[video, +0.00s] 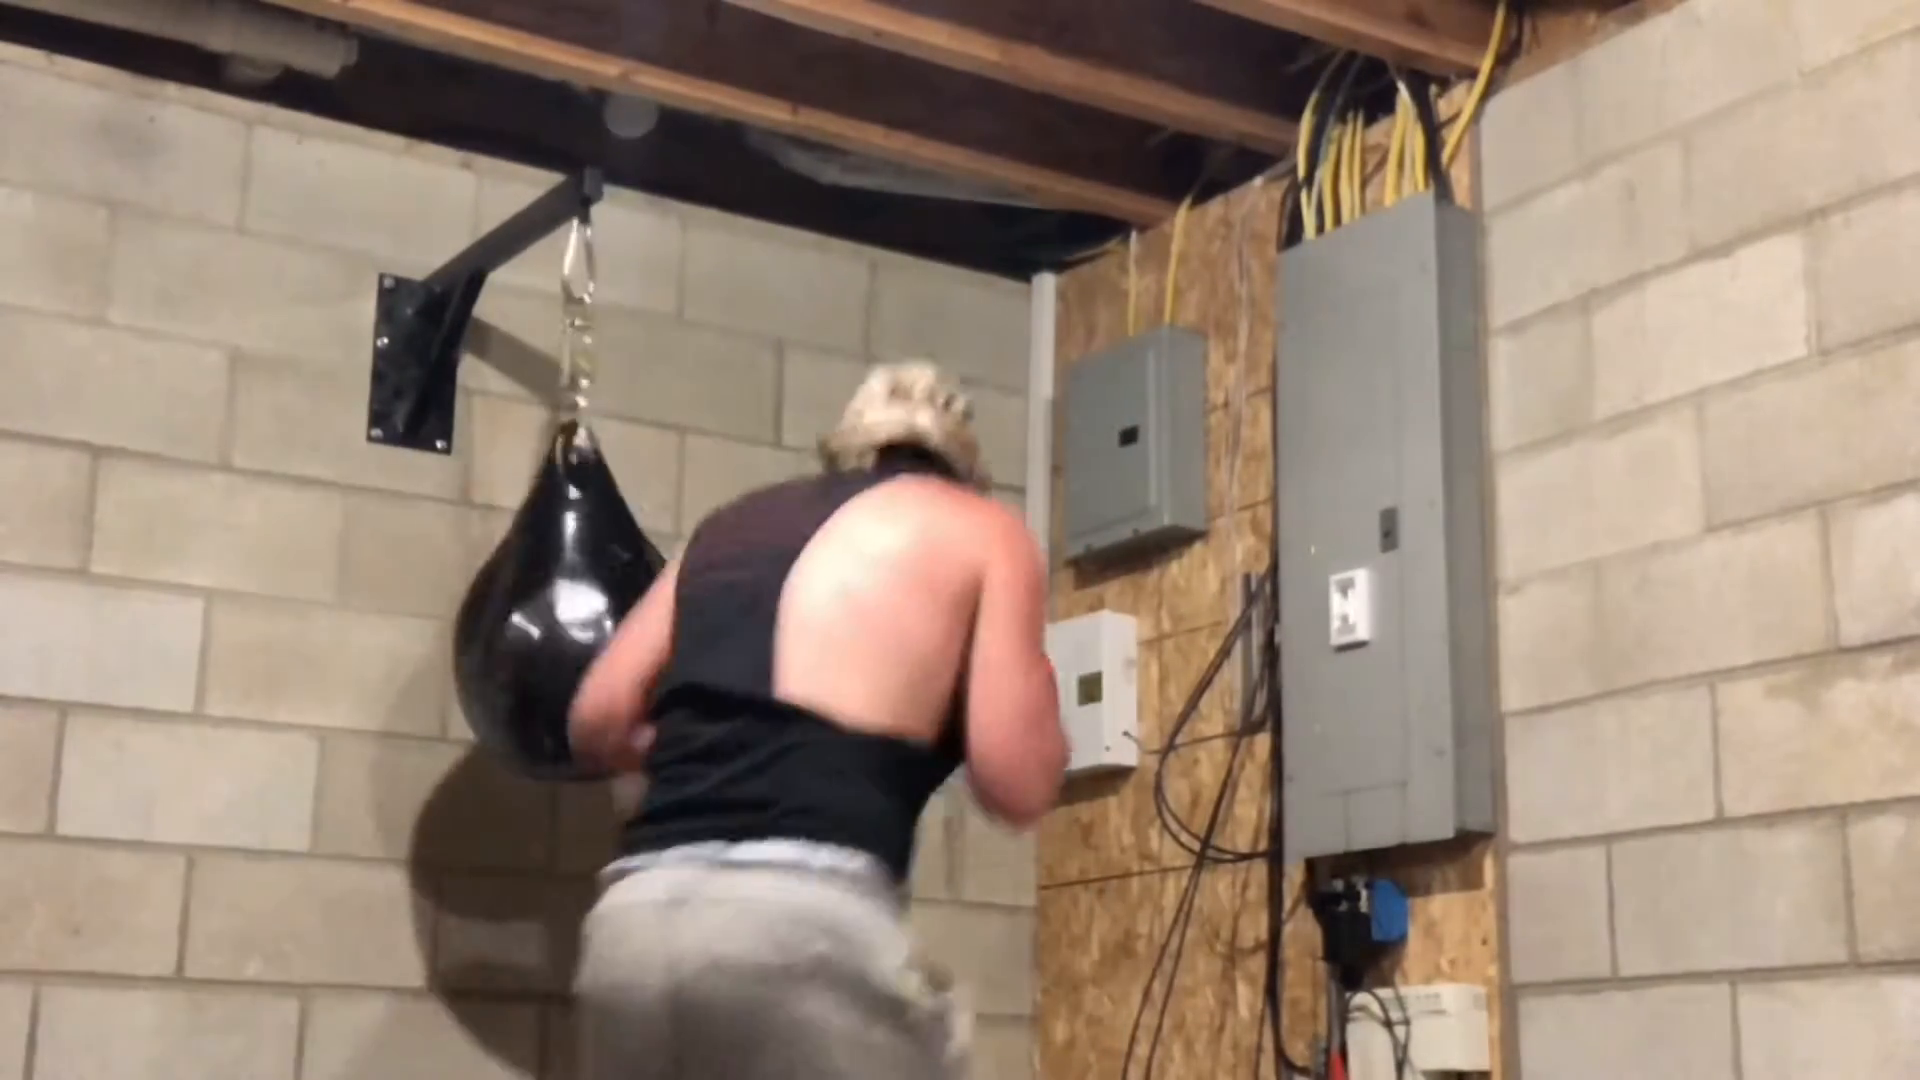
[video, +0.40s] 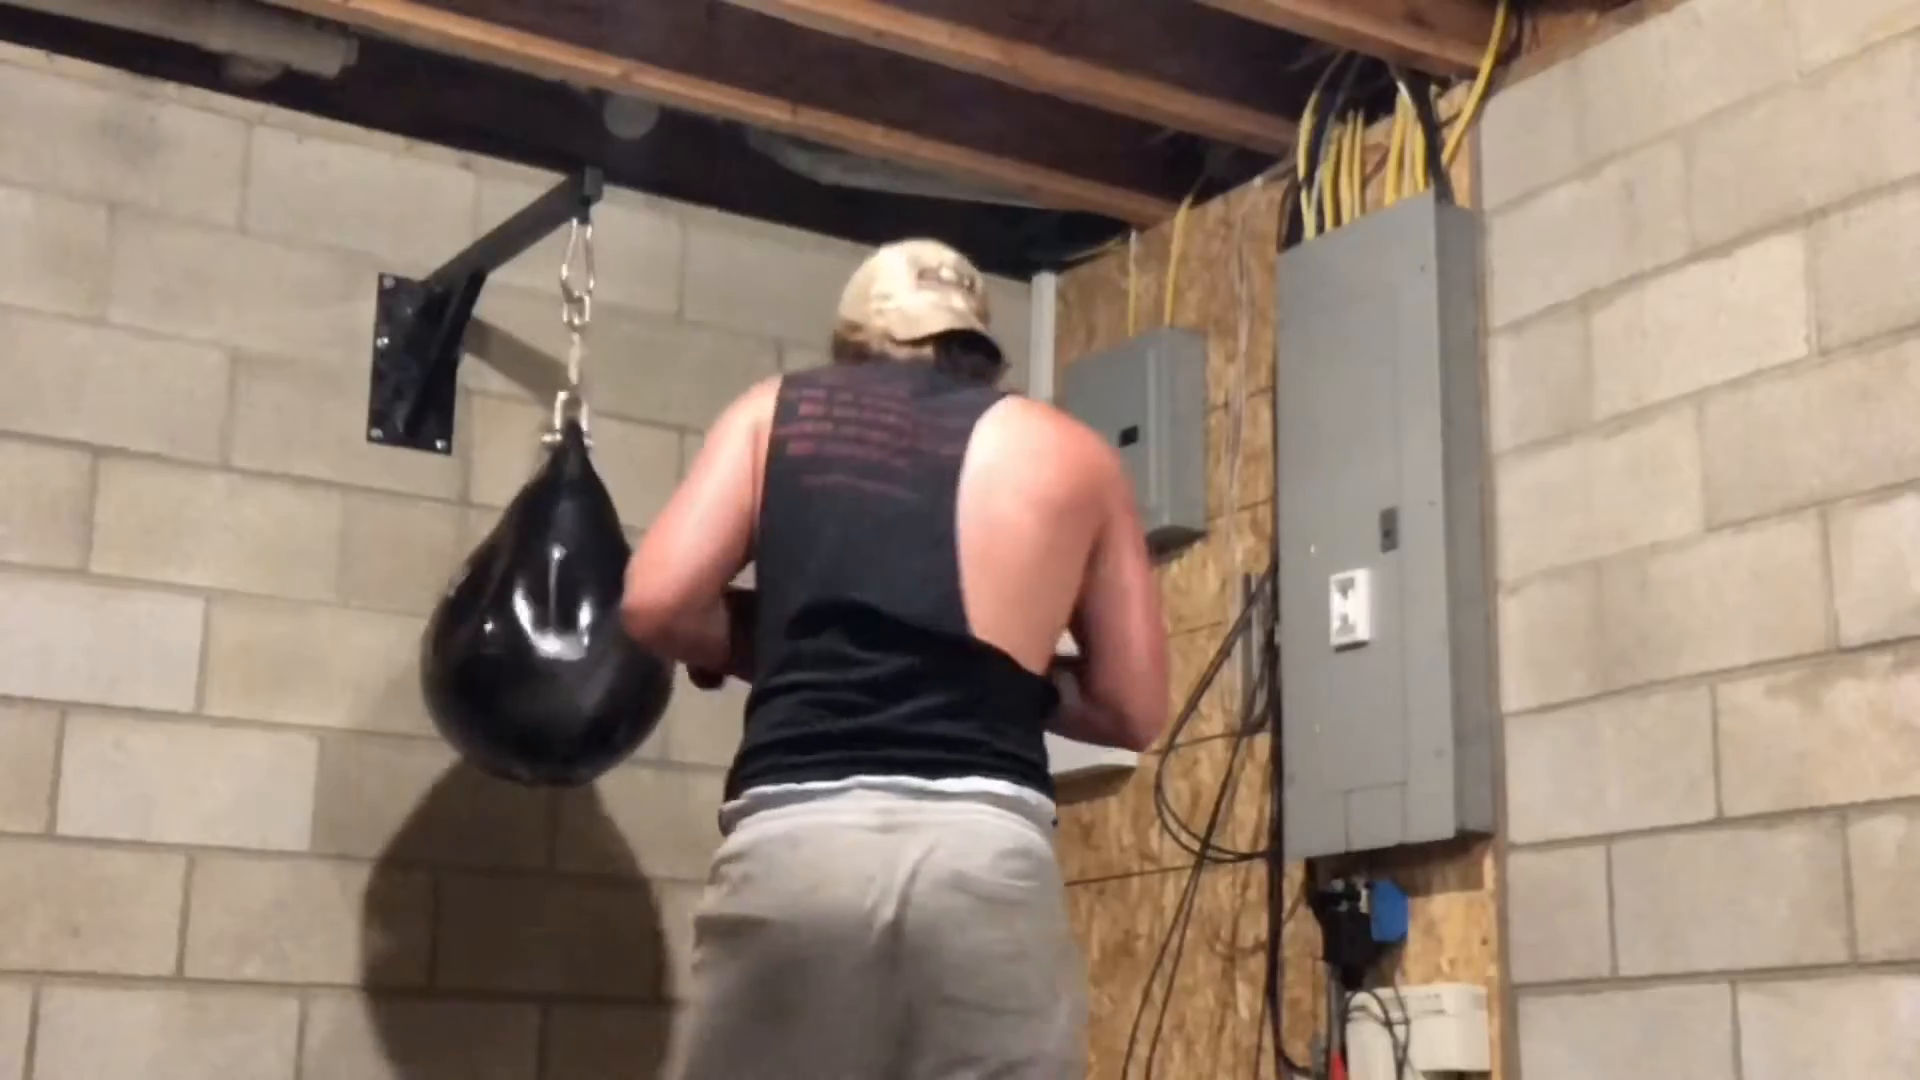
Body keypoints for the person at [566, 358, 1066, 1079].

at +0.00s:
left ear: (841, 447)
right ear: (966, 459)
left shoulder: (728, 524)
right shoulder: (987, 531)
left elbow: (597, 721)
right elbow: (1020, 786)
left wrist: (703, 734)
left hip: (629, 930)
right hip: (807, 942)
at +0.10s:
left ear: (850, 411)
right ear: (977, 413)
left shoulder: (731, 497)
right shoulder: (1008, 492)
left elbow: (601, 679)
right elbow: (1042, 740)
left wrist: (722, 707)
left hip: (674, 885)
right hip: (854, 889)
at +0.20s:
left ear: (861, 374)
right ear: (989, 376)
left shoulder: (746, 453)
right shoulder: (1044, 456)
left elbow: (626, 633)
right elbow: (1089, 699)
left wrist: (742, 679)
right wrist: (984, 691)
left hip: (719, 868)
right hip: (910, 869)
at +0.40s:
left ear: (848, 339)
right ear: (982, 344)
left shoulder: (770, 410)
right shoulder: (1078, 455)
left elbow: (654, 604)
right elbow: (1135, 714)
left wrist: (763, 639)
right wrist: (995, 663)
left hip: (790, 861)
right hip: (992, 869)